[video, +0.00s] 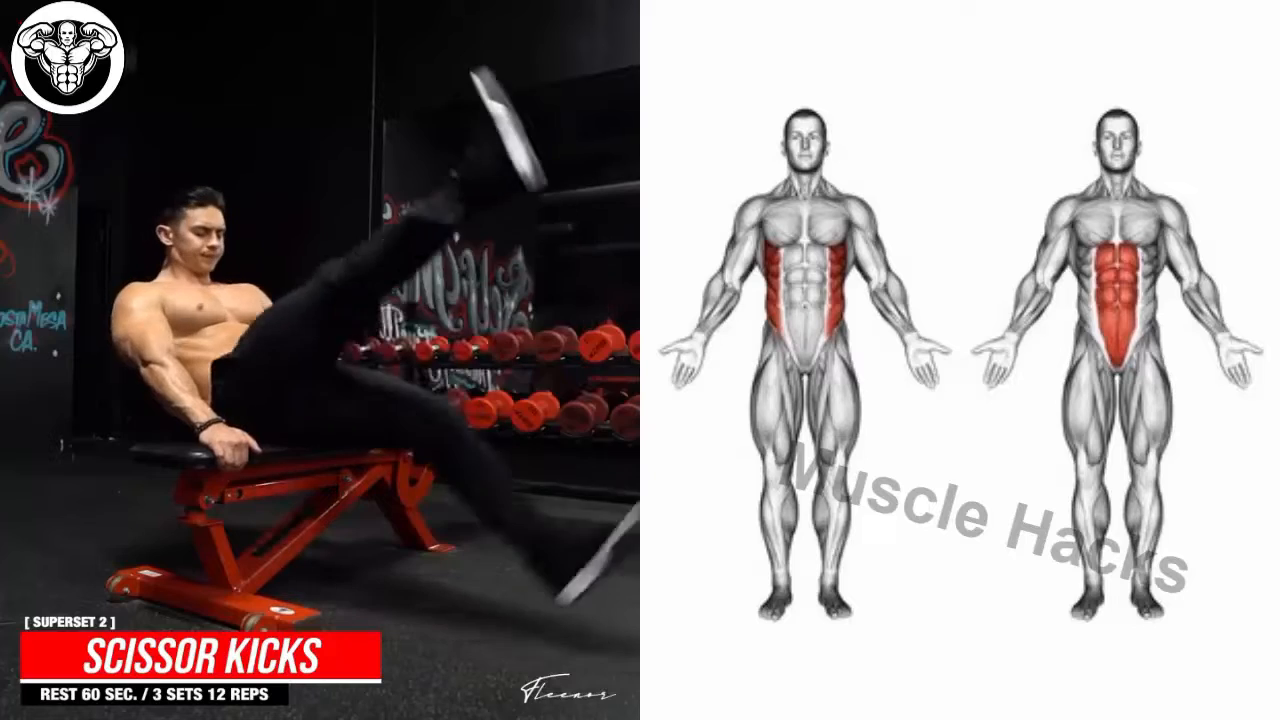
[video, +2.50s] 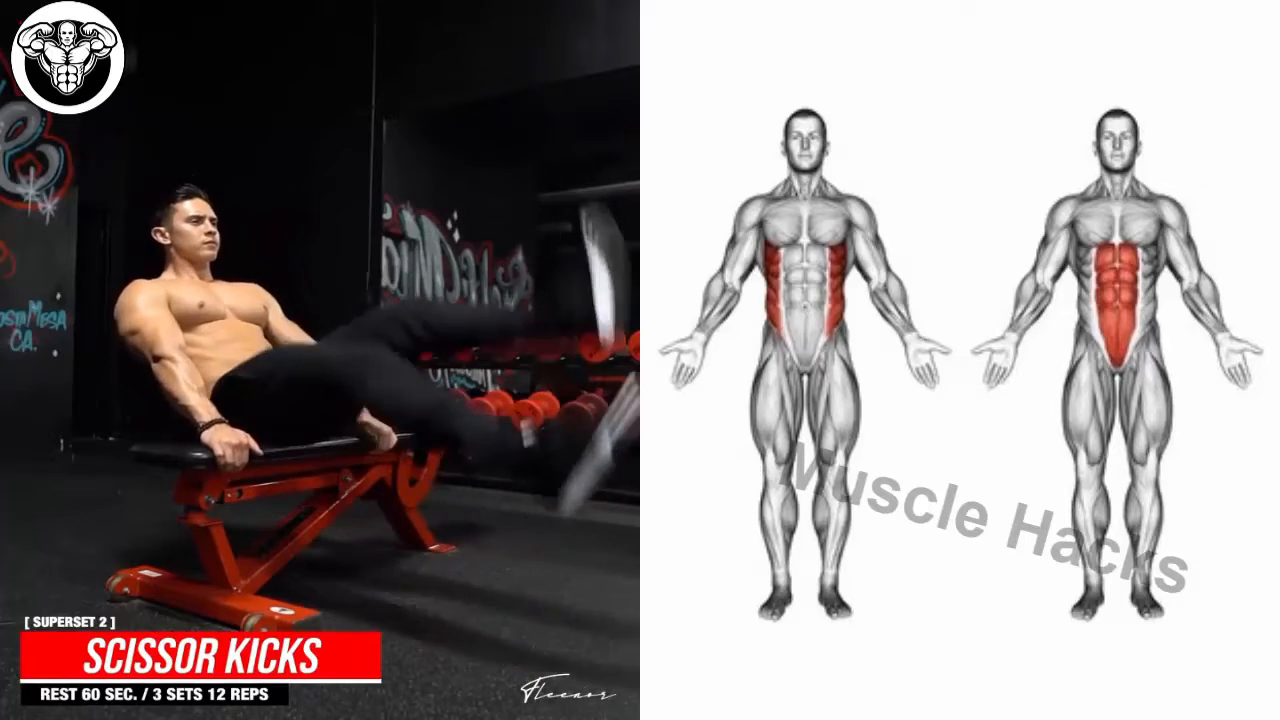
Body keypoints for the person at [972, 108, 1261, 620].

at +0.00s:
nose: (1116, 145)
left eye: (1124, 138)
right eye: (1108, 138)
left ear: (1137, 145)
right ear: (1097, 146)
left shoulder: (1164, 211)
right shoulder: (1070, 211)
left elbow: (1193, 282)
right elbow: (1041, 282)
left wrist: (1221, 335)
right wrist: (1012, 336)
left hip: (1144, 355)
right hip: (1089, 354)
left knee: (1145, 466)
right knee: (1088, 466)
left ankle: (1141, 582)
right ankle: (1092, 583)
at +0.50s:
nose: (1116, 145)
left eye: (1124, 138)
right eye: (1108, 138)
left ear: (1137, 145)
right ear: (1096, 146)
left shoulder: (1164, 211)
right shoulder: (1070, 211)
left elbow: (1193, 282)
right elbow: (1041, 282)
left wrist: (1222, 335)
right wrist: (1012, 336)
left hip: (1144, 355)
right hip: (1089, 355)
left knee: (1145, 466)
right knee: (1088, 466)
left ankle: (1141, 581)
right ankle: (1092, 583)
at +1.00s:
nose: (1116, 145)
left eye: (1124, 138)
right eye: (1108, 138)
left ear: (1137, 145)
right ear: (1096, 146)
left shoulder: (1164, 211)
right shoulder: (1070, 211)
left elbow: (1193, 282)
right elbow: (1041, 282)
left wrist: (1222, 335)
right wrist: (1012, 336)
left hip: (1144, 355)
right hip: (1089, 355)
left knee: (1145, 466)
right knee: (1088, 466)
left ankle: (1141, 581)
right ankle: (1092, 583)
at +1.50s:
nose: (1116, 145)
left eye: (1124, 137)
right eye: (1109, 137)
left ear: (1137, 145)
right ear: (1097, 145)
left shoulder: (1164, 211)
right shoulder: (1070, 211)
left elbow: (1193, 282)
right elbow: (1041, 282)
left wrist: (1221, 335)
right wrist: (1012, 336)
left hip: (1144, 355)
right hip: (1089, 354)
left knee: (1145, 466)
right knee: (1088, 466)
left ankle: (1141, 582)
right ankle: (1092, 583)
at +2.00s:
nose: (1116, 145)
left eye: (1124, 138)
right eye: (1108, 138)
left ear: (1137, 145)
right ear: (1097, 145)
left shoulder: (1164, 211)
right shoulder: (1070, 211)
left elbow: (1193, 282)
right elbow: (1041, 282)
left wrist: (1222, 335)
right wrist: (1012, 336)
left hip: (1144, 355)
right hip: (1089, 354)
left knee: (1145, 466)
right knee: (1088, 466)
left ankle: (1141, 581)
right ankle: (1092, 583)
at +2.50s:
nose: (1116, 145)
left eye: (1124, 138)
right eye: (1108, 138)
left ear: (1137, 145)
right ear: (1097, 145)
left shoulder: (1164, 211)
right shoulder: (1070, 211)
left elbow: (1193, 282)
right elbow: (1041, 281)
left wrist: (1222, 335)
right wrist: (1012, 336)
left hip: (1144, 355)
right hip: (1089, 354)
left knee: (1145, 465)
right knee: (1088, 466)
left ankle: (1141, 581)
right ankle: (1092, 583)